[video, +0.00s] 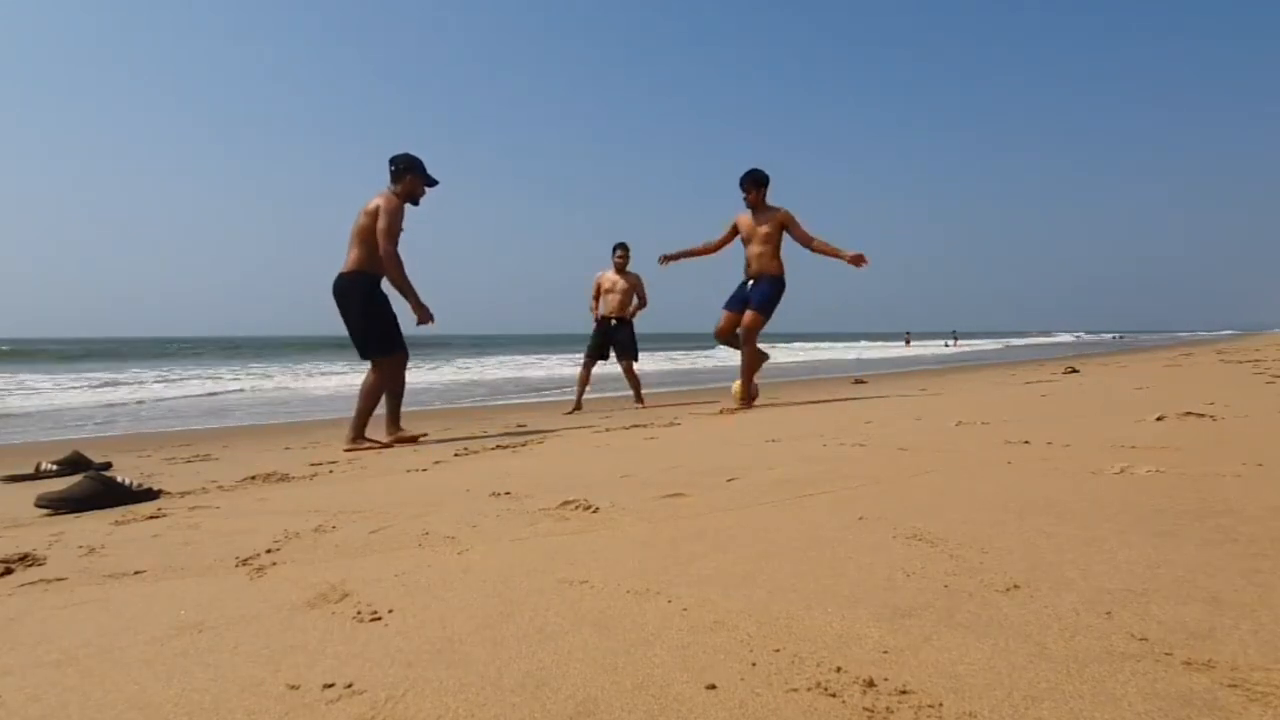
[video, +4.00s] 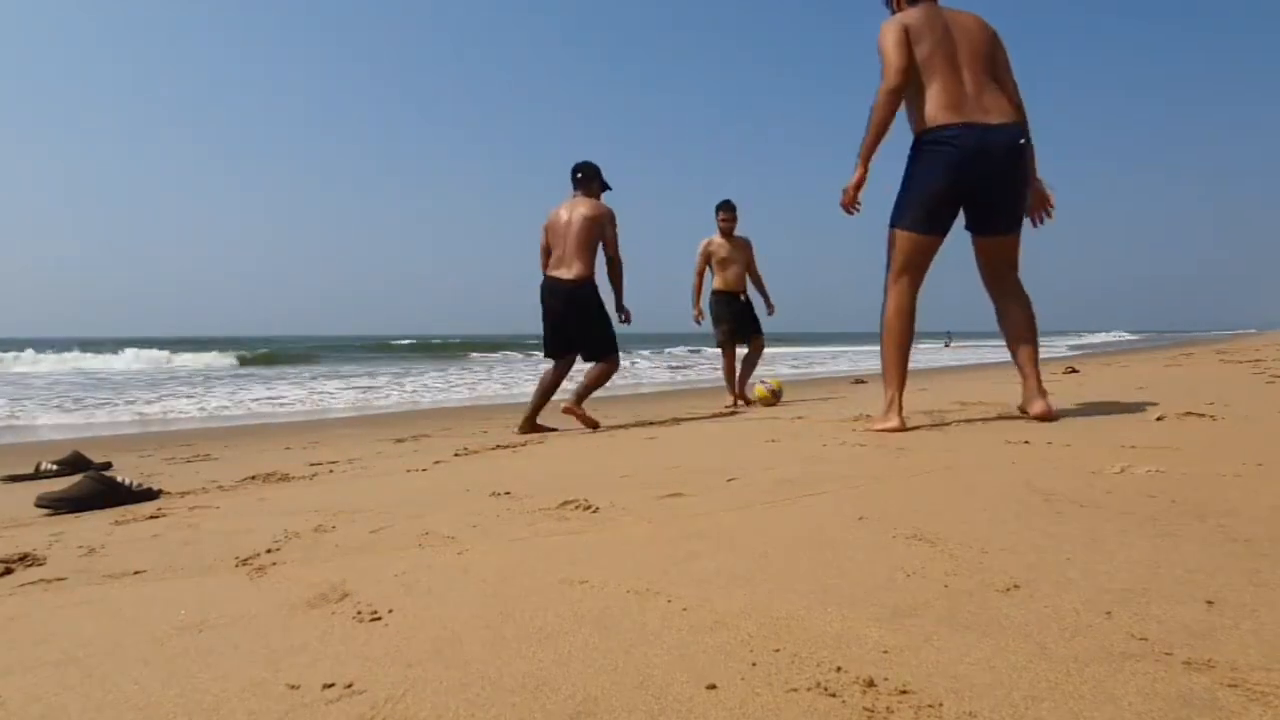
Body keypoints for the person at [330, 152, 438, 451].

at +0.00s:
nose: (424, 190)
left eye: (425, 185)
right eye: (421, 183)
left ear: (401, 180)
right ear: (406, 179)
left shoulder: (384, 204)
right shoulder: (389, 204)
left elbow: (386, 262)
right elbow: (387, 257)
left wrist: (414, 302)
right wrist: (417, 303)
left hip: (363, 286)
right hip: (358, 287)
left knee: (397, 357)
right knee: (383, 363)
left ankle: (393, 429)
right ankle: (355, 436)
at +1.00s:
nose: (455, 225)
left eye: (455, 220)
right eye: (451, 220)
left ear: (432, 221)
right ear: (436, 220)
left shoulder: (418, 243)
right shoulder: (433, 242)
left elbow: (422, 298)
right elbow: (429, 285)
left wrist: (449, 326)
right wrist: (448, 325)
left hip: (390, 311)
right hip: (403, 313)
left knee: (426, 372)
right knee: (439, 375)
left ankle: (397, 425)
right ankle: (384, 414)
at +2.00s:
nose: (570, 139)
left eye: (570, 132)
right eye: (565, 131)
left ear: (548, 133)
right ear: (543, 131)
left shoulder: (551, 177)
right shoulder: (522, 168)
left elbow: (555, 225)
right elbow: (506, 224)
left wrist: (571, 254)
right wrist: (513, 270)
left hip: (529, 263)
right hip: (505, 261)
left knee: (561, 339)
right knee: (506, 345)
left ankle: (537, 420)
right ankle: (470, 429)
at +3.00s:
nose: (765, 152)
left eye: (765, 146)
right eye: (763, 145)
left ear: (737, 140)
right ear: (753, 142)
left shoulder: (711, 170)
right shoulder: (746, 175)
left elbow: (710, 232)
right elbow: (749, 229)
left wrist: (752, 250)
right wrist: (782, 271)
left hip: (678, 260)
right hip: (710, 255)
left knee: (727, 323)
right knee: (756, 329)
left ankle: (718, 398)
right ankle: (785, 404)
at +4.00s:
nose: (602, 191)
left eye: (602, 186)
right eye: (600, 186)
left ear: (575, 184)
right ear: (589, 183)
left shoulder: (555, 214)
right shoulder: (601, 211)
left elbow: (545, 258)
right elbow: (612, 258)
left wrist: (552, 284)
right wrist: (619, 301)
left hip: (551, 288)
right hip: (581, 289)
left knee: (564, 358)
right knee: (609, 360)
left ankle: (528, 420)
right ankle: (575, 401)